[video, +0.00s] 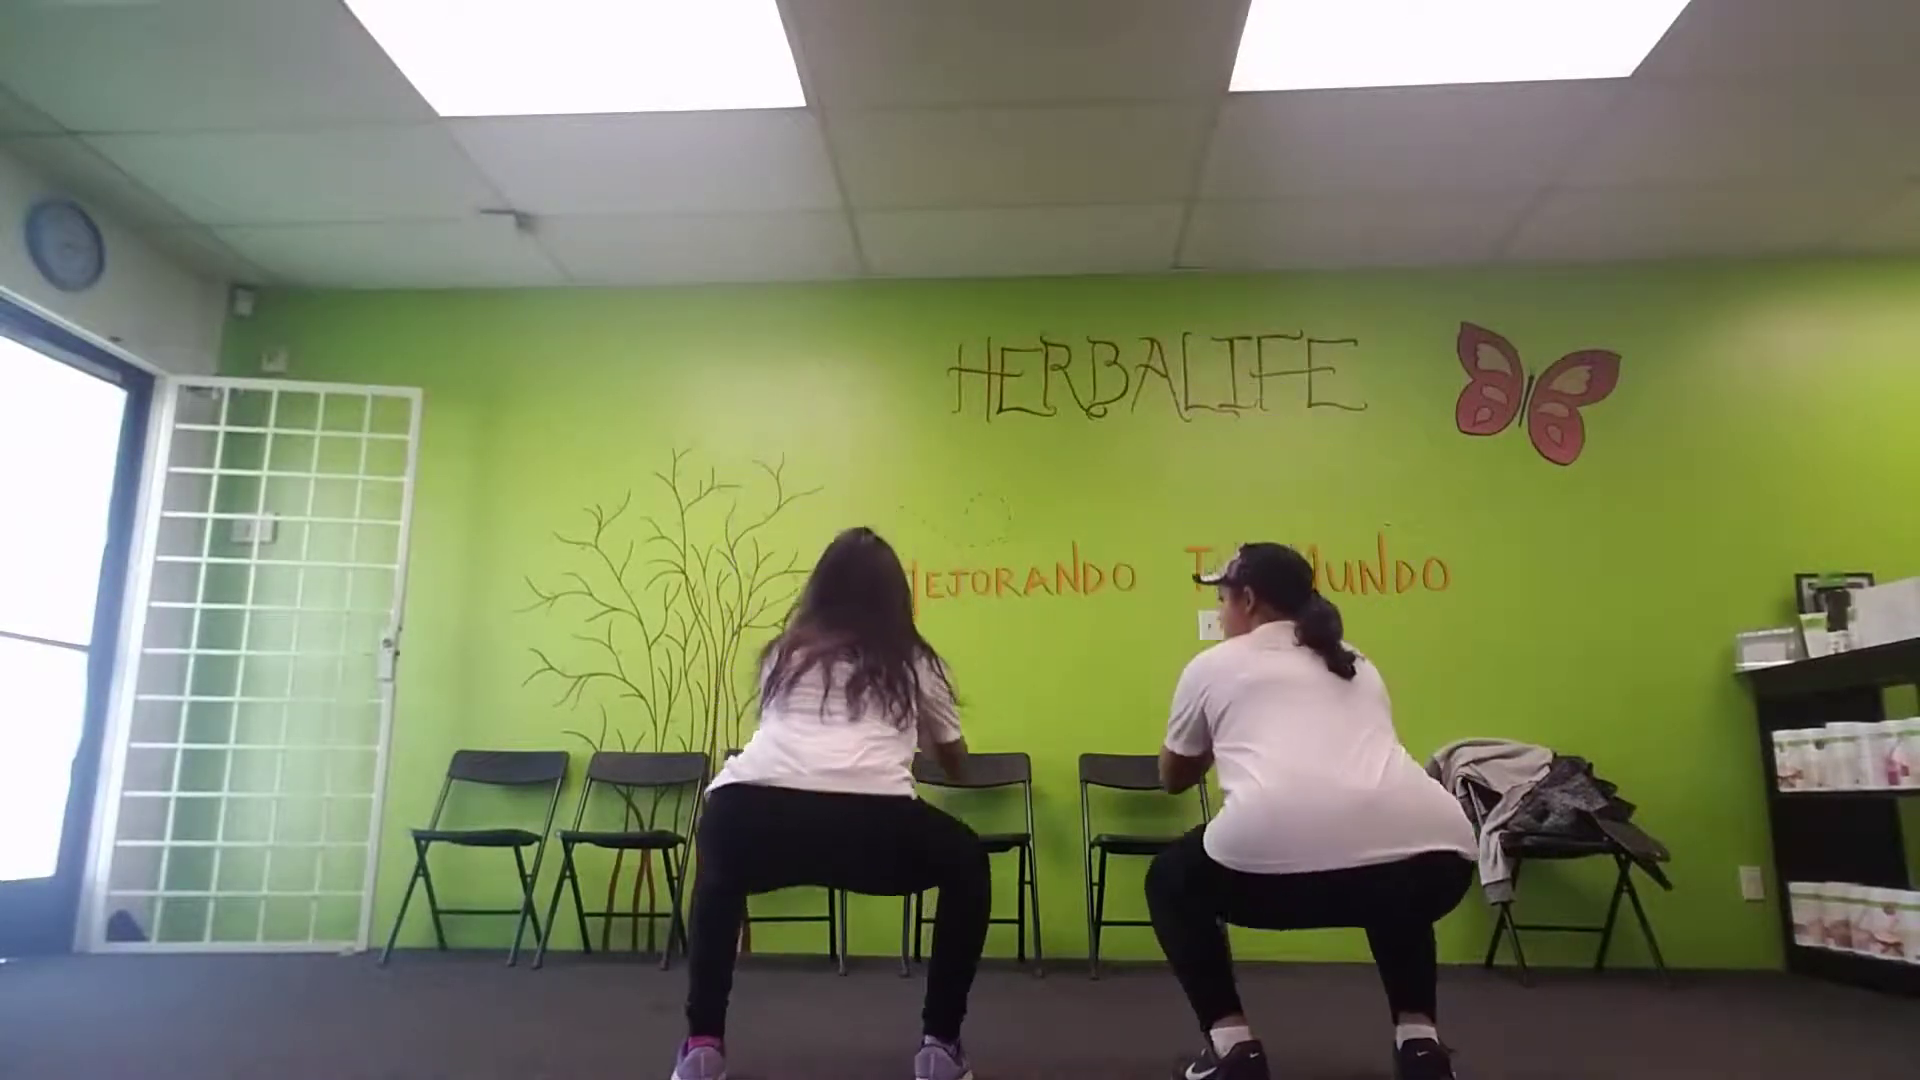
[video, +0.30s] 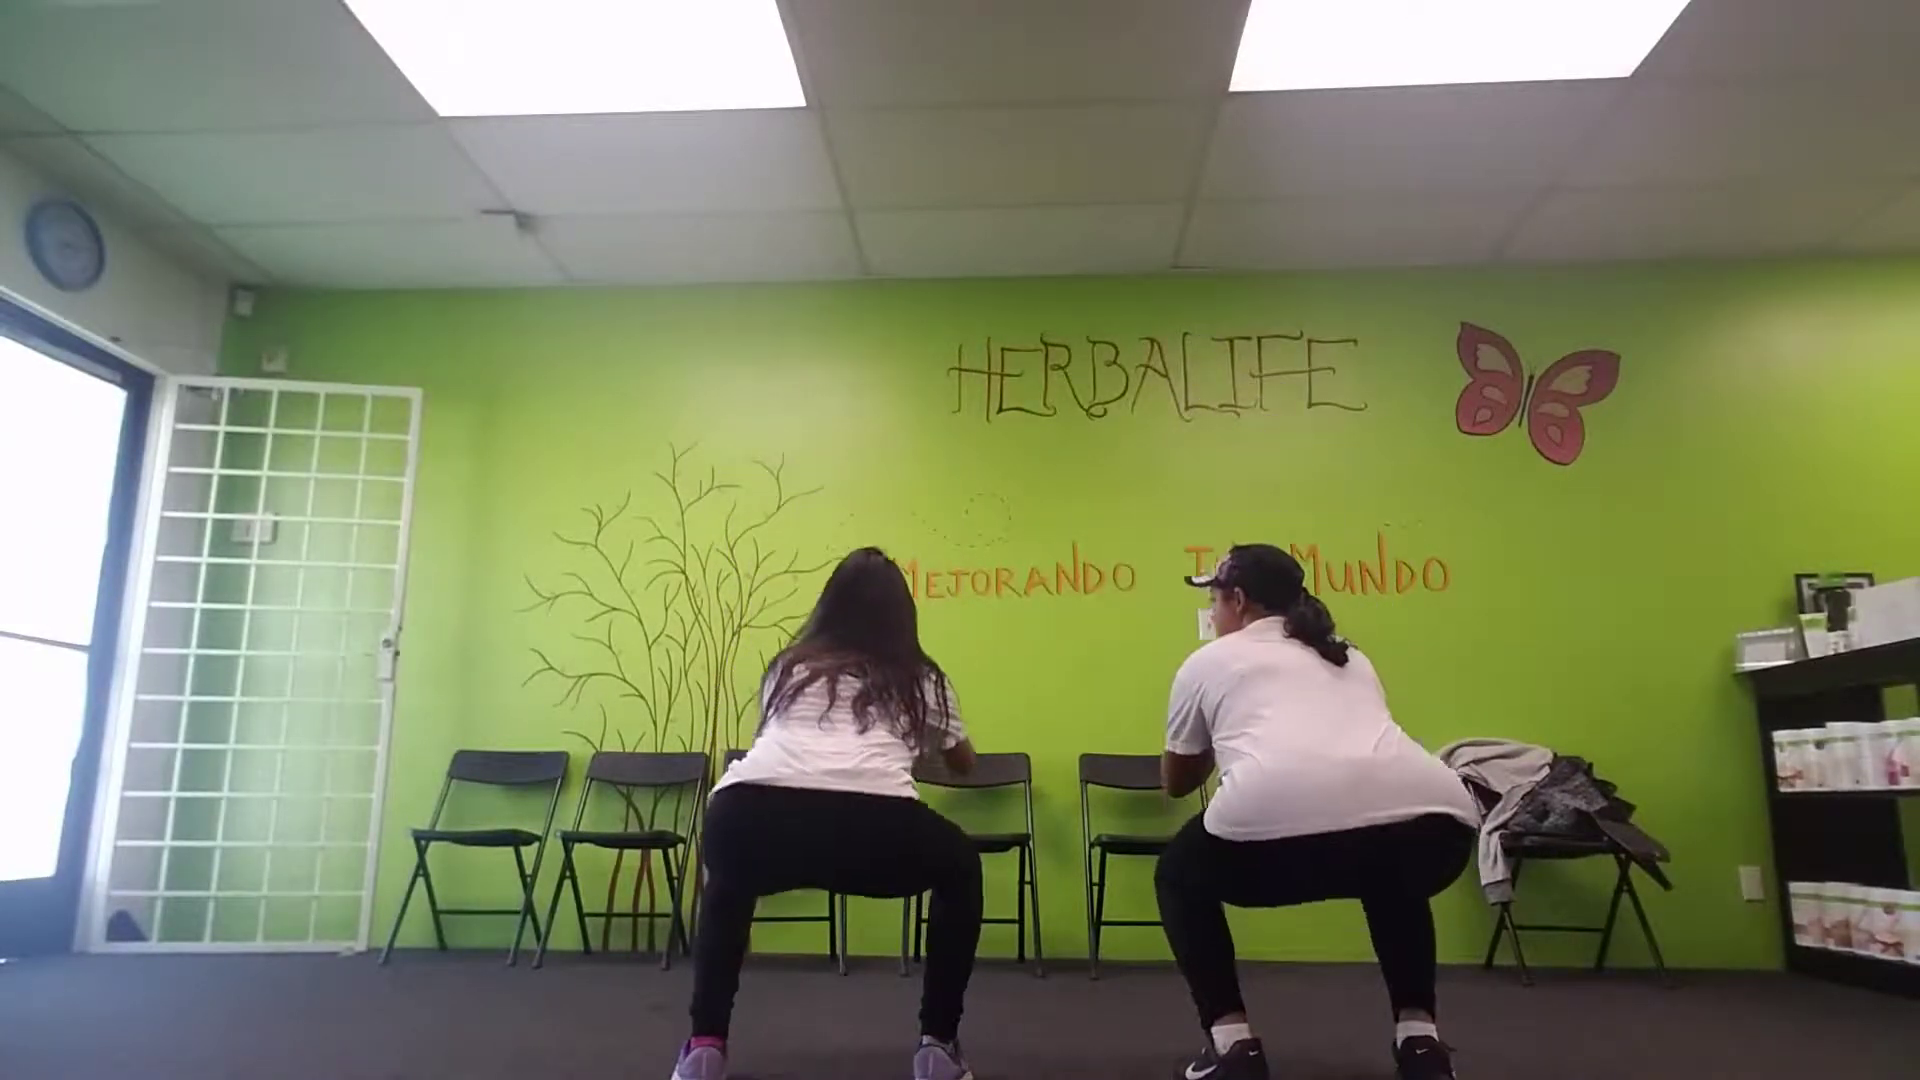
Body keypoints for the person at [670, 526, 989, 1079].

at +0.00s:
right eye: (899, 583)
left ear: (818, 590)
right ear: (897, 594)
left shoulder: (782, 651)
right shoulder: (915, 661)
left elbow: (779, 730)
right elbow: (955, 766)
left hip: (751, 816)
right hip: (873, 822)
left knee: (719, 873)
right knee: (966, 860)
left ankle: (702, 1046)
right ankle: (940, 1048)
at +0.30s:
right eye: (901, 604)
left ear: (828, 608)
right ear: (901, 613)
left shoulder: (786, 664)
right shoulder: (921, 676)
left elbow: (773, 737)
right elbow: (960, 765)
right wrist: (902, 754)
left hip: (752, 819)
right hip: (872, 825)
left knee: (727, 880)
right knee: (959, 864)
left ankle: (705, 1045)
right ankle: (937, 1045)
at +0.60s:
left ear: (819, 450)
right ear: (897, 454)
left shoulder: (783, 516)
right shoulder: (916, 521)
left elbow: (745, 628)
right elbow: (966, 637)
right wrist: (902, 634)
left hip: (771, 690)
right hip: (879, 695)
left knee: (739, 860)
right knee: (940, 862)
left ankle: (703, 1049)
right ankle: (937, 1049)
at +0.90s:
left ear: (806, 354)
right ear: (889, 358)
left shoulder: (767, 426)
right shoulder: (918, 429)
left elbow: (728, 533)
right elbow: (954, 532)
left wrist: (769, 598)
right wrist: (922, 608)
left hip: (783, 643)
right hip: (885, 645)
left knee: (749, 847)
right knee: (908, 849)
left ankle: (702, 1049)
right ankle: (936, 1051)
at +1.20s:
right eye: (879, 344)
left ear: (800, 351)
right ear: (882, 355)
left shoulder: (760, 425)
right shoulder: (910, 424)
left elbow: (719, 531)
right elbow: (947, 525)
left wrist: (750, 596)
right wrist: (924, 613)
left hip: (781, 648)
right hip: (883, 650)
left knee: (746, 844)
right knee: (901, 849)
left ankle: (701, 1049)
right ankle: (938, 1051)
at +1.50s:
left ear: (800, 367)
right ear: (885, 369)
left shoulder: (766, 441)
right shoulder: (916, 440)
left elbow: (744, 561)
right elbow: (945, 551)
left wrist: (817, 569)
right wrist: (879, 578)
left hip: (778, 648)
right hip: (881, 649)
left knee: (745, 844)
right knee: (916, 848)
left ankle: (702, 1048)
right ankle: (935, 1050)